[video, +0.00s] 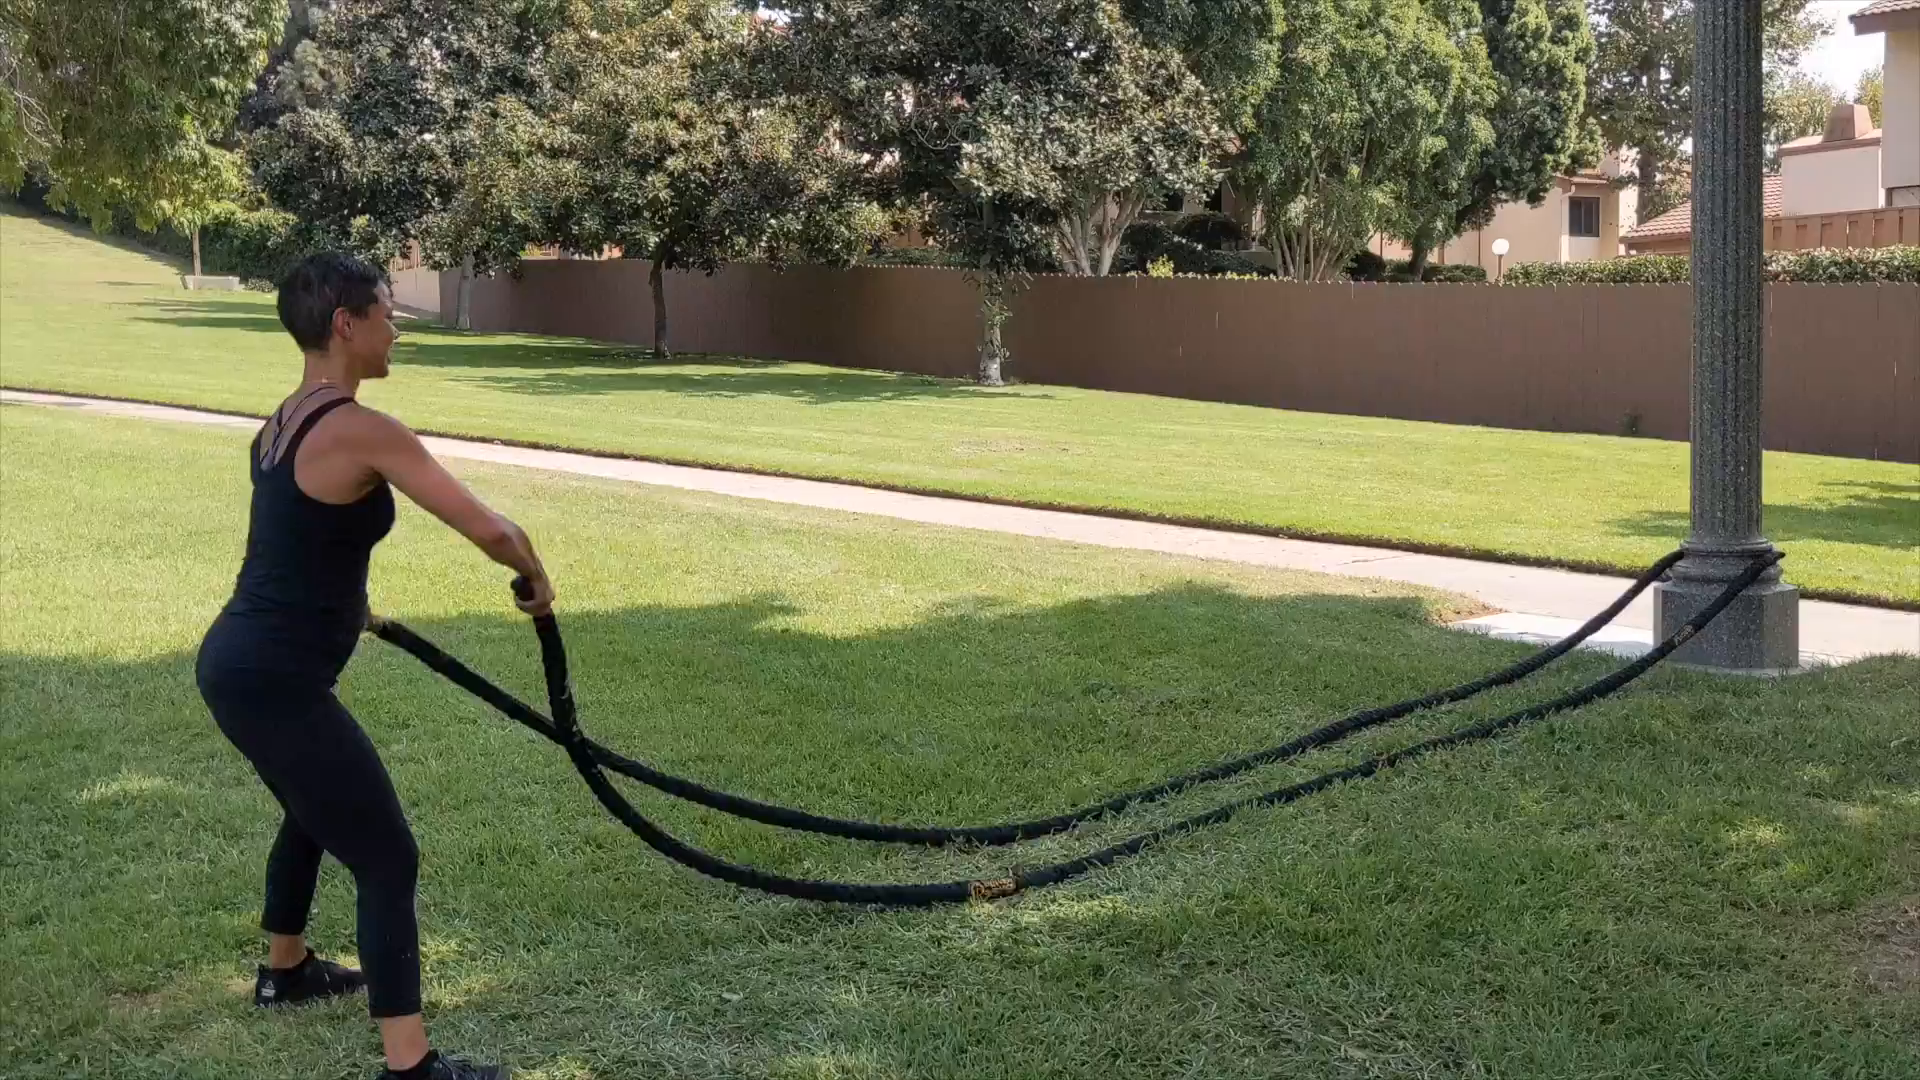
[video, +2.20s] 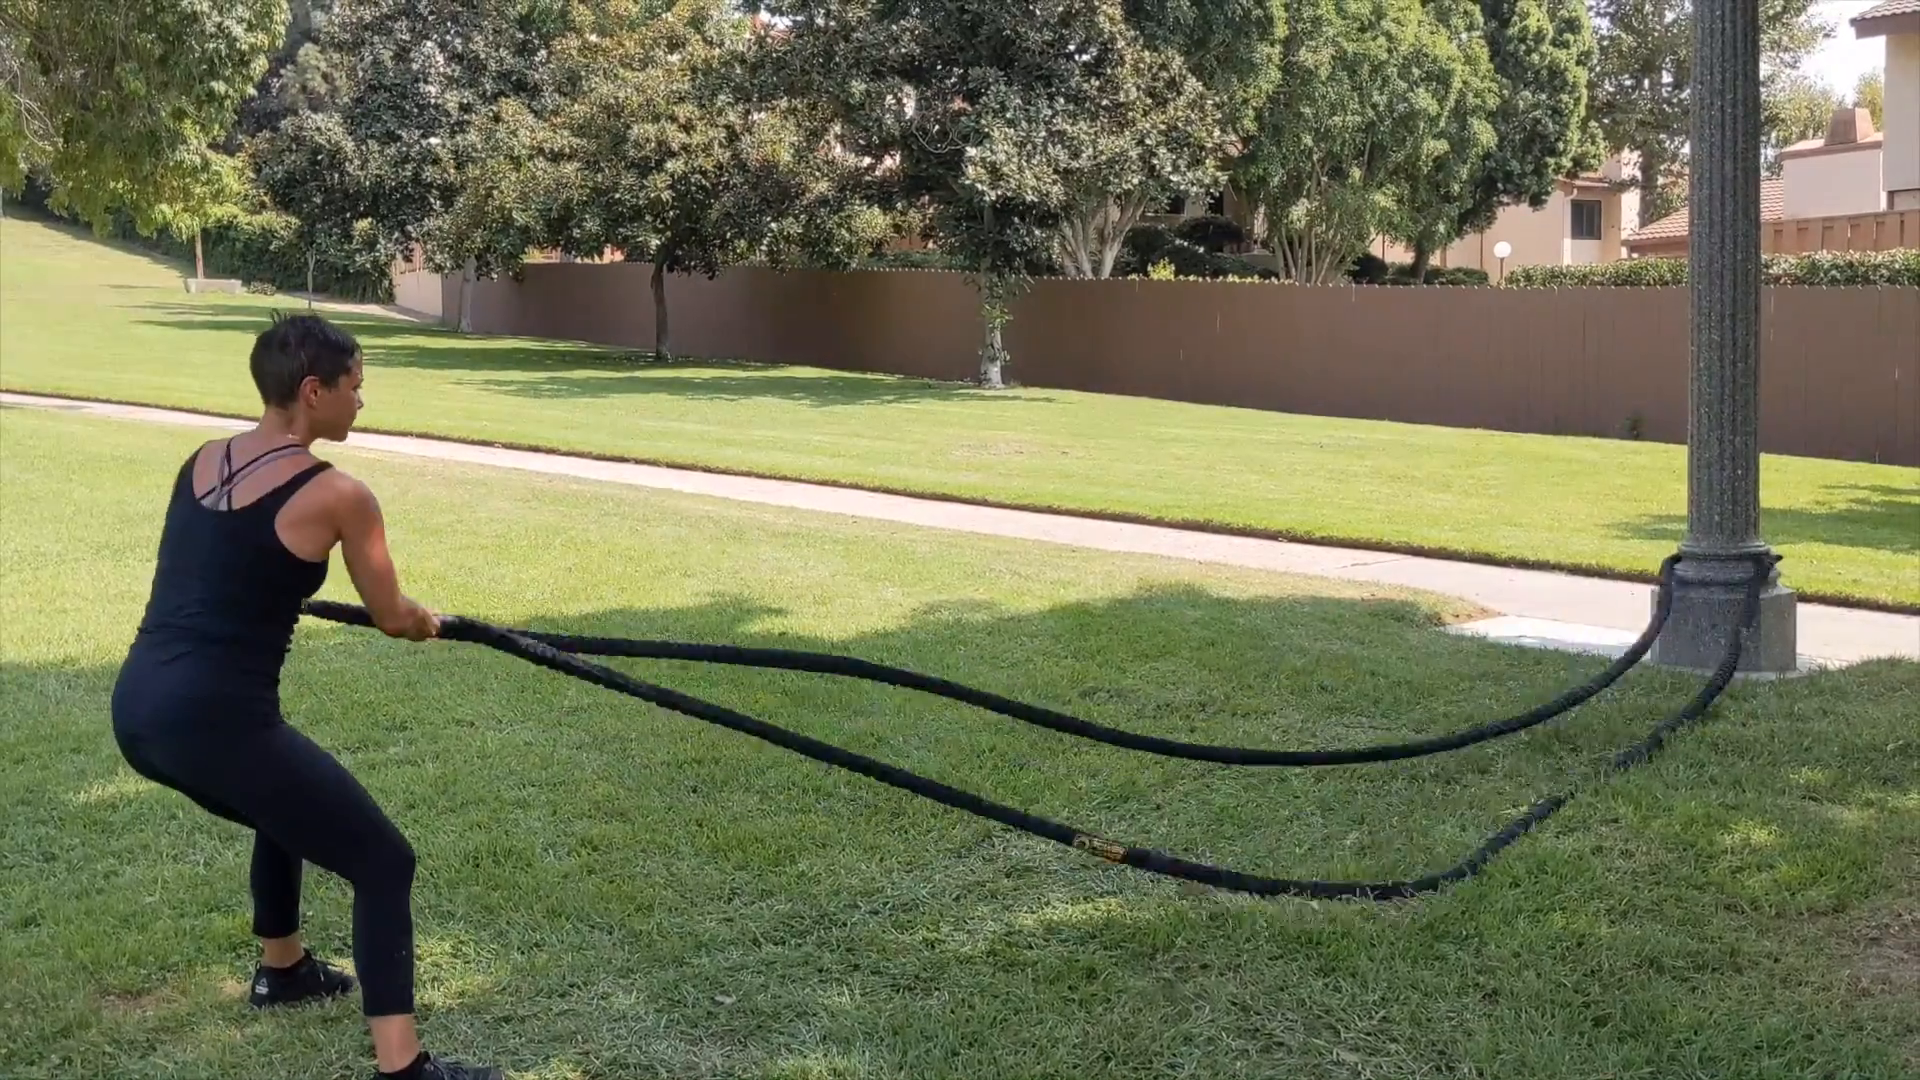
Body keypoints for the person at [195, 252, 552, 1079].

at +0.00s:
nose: (395, 326)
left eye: (390, 311)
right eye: (386, 312)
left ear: (329, 327)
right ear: (345, 323)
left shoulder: (289, 415)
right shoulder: (365, 430)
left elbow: (287, 535)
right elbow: (488, 530)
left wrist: (348, 603)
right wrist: (529, 568)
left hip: (235, 659)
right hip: (279, 679)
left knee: (316, 806)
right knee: (387, 857)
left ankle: (285, 966)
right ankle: (408, 1056)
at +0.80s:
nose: (394, 380)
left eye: (391, 365)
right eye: (384, 365)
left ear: (327, 379)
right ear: (343, 376)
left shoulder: (289, 461)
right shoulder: (345, 481)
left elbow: (340, 594)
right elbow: (438, 603)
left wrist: (443, 627)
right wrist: (529, 618)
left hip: (188, 701)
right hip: (224, 721)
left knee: (316, 810)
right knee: (386, 862)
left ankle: (290, 969)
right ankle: (414, 1061)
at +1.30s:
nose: (375, 385)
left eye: (373, 370)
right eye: (365, 371)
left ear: (297, 381)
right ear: (319, 380)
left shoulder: (235, 455)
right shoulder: (352, 488)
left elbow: (240, 562)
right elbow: (398, 608)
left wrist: (322, 583)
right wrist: (436, 606)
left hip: (152, 704)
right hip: (220, 719)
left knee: (290, 798)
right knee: (377, 862)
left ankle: (288, 968)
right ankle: (406, 1058)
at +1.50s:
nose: (378, 388)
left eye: (376, 371)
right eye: (369, 372)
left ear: (304, 384)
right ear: (325, 381)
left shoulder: (258, 465)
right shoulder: (342, 482)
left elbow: (244, 578)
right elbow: (395, 621)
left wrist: (315, 607)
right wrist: (437, 651)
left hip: (165, 706)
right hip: (214, 725)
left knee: (298, 811)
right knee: (374, 864)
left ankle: (287, 968)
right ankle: (407, 1059)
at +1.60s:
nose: (379, 395)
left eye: (376, 379)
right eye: (370, 380)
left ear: (314, 389)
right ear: (329, 387)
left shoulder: (272, 478)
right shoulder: (320, 488)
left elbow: (354, 619)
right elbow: (411, 614)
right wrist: (528, 644)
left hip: (172, 711)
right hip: (203, 727)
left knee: (302, 818)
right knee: (370, 866)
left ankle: (285, 969)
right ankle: (409, 1063)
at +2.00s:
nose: (366, 394)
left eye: (364, 378)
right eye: (357, 379)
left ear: (293, 387)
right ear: (312, 385)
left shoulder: (233, 463)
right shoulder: (314, 491)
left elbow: (273, 571)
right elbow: (408, 613)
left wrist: (369, 586)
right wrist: (534, 636)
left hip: (148, 708)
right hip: (211, 719)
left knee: (295, 800)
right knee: (370, 865)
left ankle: (287, 969)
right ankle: (407, 1063)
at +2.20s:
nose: (361, 398)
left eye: (360, 383)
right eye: (353, 384)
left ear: (279, 389)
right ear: (311, 389)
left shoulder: (206, 457)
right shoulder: (340, 494)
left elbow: (202, 567)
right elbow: (385, 608)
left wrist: (283, 585)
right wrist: (415, 620)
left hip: (142, 715)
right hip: (220, 727)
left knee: (287, 794)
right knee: (384, 862)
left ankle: (283, 967)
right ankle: (400, 1060)